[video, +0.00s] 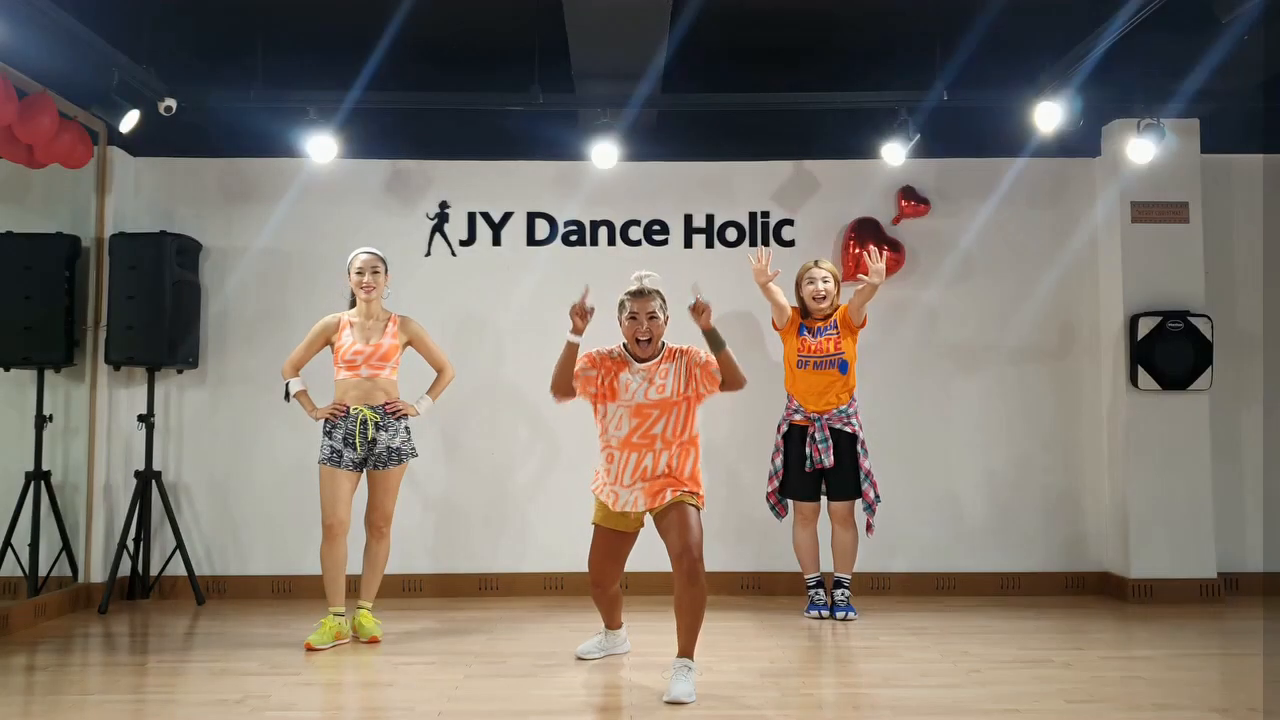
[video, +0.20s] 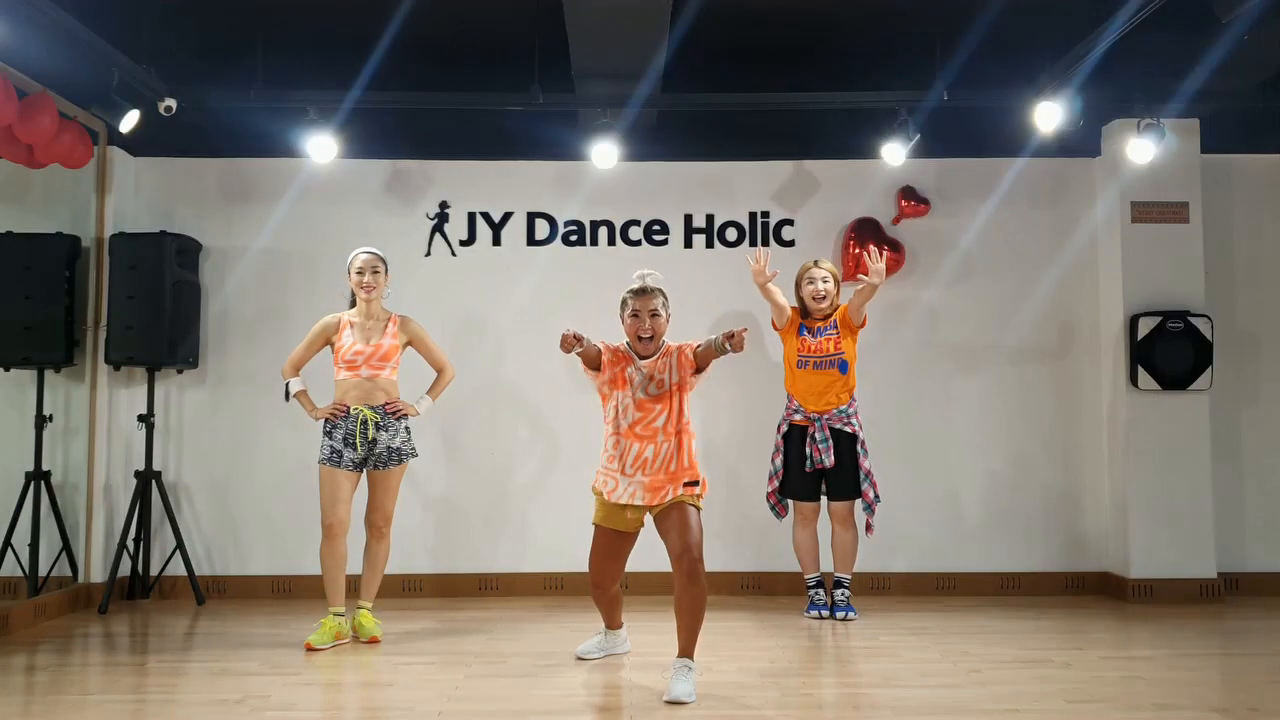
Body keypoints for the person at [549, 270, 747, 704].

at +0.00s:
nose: (643, 327)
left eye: (652, 318)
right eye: (634, 318)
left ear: (665, 322)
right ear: (621, 322)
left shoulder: (685, 359)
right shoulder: (603, 363)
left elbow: (735, 381)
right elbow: (561, 391)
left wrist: (709, 329)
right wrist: (576, 335)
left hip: (673, 478)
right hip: (618, 481)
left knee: (689, 556)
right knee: (601, 576)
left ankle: (685, 664)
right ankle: (614, 635)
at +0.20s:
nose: (645, 324)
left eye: (654, 315)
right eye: (635, 315)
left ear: (667, 320)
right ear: (623, 319)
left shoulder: (679, 356)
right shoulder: (613, 358)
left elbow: (703, 351)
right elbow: (595, 357)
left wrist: (724, 343)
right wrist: (579, 346)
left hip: (673, 481)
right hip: (619, 482)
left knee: (690, 559)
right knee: (602, 578)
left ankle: (684, 664)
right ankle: (614, 636)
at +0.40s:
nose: (626, 314)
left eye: (637, 307)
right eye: (623, 306)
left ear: (661, 315)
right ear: (618, 311)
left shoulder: (687, 357)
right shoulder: (609, 361)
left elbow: (730, 394)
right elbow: (569, 399)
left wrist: (706, 382)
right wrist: (588, 371)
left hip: (673, 477)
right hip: (621, 478)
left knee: (687, 557)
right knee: (600, 567)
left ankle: (686, 664)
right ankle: (612, 634)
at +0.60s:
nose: (606, 305)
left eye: (610, 298)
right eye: (608, 298)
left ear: (625, 301)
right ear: (635, 302)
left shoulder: (650, 352)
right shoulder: (636, 347)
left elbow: (644, 425)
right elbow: (627, 411)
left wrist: (596, 436)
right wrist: (596, 428)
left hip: (661, 481)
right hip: (635, 479)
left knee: (648, 567)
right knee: (604, 547)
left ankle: (707, 666)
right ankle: (646, 630)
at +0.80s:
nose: (600, 297)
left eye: (605, 292)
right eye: (602, 290)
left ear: (618, 298)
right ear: (638, 298)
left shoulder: (601, 332)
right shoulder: (658, 331)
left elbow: (540, 317)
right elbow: (637, 305)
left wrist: (539, 297)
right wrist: (580, 302)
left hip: (621, 467)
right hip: (656, 464)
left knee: (600, 560)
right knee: (635, 550)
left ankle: (658, 629)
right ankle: (673, 634)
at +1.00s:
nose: (566, 299)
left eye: (571, 295)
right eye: (568, 293)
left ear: (581, 302)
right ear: (604, 302)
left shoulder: (568, 334)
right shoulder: (622, 332)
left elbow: (512, 306)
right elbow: (601, 299)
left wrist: (507, 272)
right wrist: (569, 275)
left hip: (599, 467)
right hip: (640, 464)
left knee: (539, 548)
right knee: (630, 552)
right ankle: (672, 637)